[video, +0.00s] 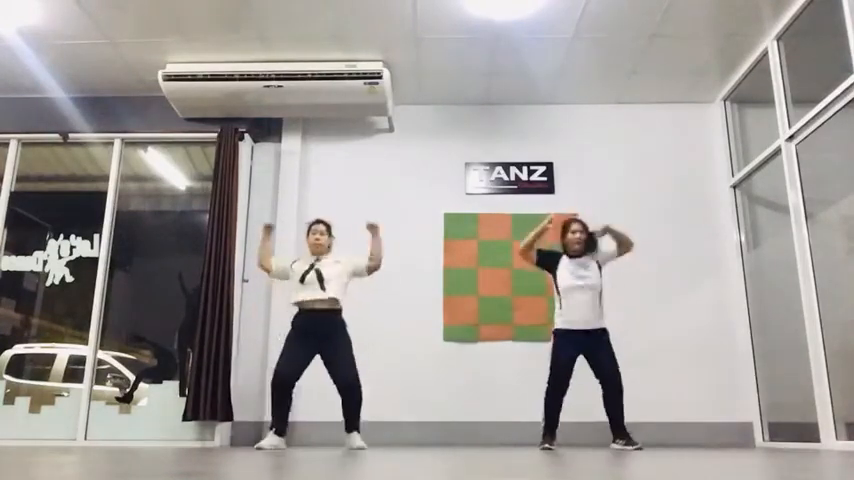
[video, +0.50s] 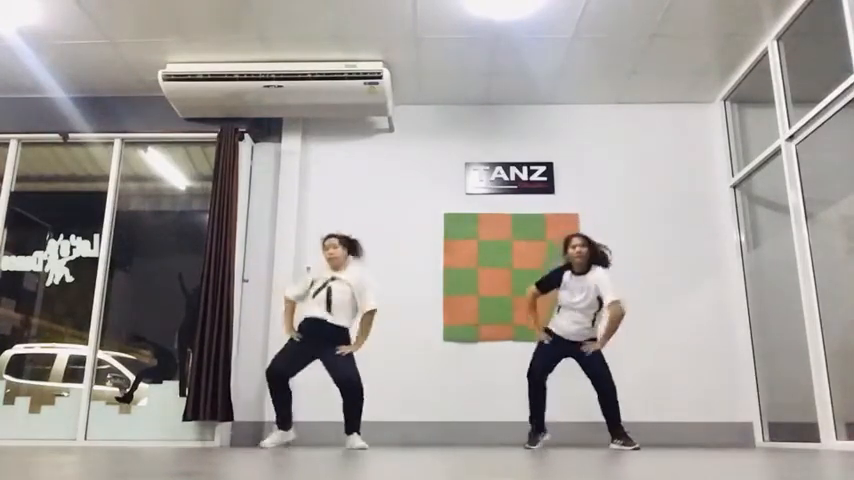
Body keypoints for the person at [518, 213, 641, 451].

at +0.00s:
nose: (577, 236)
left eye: (581, 232)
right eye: (572, 232)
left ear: (588, 238)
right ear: (563, 239)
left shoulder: (597, 260)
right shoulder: (555, 261)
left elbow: (626, 246)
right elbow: (525, 251)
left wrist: (608, 230)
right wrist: (543, 227)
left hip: (596, 334)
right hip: (566, 335)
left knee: (613, 383)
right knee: (557, 385)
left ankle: (620, 435)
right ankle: (548, 435)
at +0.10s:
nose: (576, 239)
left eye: (580, 235)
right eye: (571, 235)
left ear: (587, 239)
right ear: (563, 240)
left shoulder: (596, 261)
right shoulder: (556, 261)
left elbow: (628, 252)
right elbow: (524, 256)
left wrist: (603, 234)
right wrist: (548, 248)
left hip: (596, 330)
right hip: (569, 331)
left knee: (615, 380)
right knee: (561, 383)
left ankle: (619, 434)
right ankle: (549, 435)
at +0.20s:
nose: (582, 244)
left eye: (586, 240)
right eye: (577, 239)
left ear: (592, 243)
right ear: (568, 244)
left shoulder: (600, 265)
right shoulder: (561, 262)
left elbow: (623, 273)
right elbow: (532, 265)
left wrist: (608, 246)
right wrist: (550, 280)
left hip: (597, 336)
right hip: (568, 336)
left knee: (616, 382)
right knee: (559, 385)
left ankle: (619, 434)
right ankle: (549, 435)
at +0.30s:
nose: (585, 241)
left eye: (590, 237)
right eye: (580, 237)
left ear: (596, 241)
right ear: (573, 242)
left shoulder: (603, 263)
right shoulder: (566, 258)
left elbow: (627, 278)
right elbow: (537, 274)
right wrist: (543, 310)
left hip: (591, 334)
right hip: (561, 331)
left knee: (608, 380)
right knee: (546, 375)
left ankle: (617, 433)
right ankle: (544, 431)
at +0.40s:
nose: (584, 243)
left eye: (588, 239)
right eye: (579, 240)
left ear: (596, 244)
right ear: (572, 245)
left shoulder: (603, 268)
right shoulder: (565, 264)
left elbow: (625, 294)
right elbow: (534, 284)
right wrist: (540, 319)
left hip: (589, 338)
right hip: (558, 333)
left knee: (605, 384)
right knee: (536, 368)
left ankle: (617, 434)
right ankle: (537, 425)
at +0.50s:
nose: (578, 250)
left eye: (582, 246)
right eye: (573, 247)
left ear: (590, 251)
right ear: (567, 253)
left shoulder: (598, 277)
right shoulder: (560, 275)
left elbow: (617, 312)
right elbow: (532, 294)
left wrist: (601, 343)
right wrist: (538, 327)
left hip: (585, 343)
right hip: (555, 339)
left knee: (606, 386)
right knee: (535, 376)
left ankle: (617, 434)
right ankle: (537, 430)